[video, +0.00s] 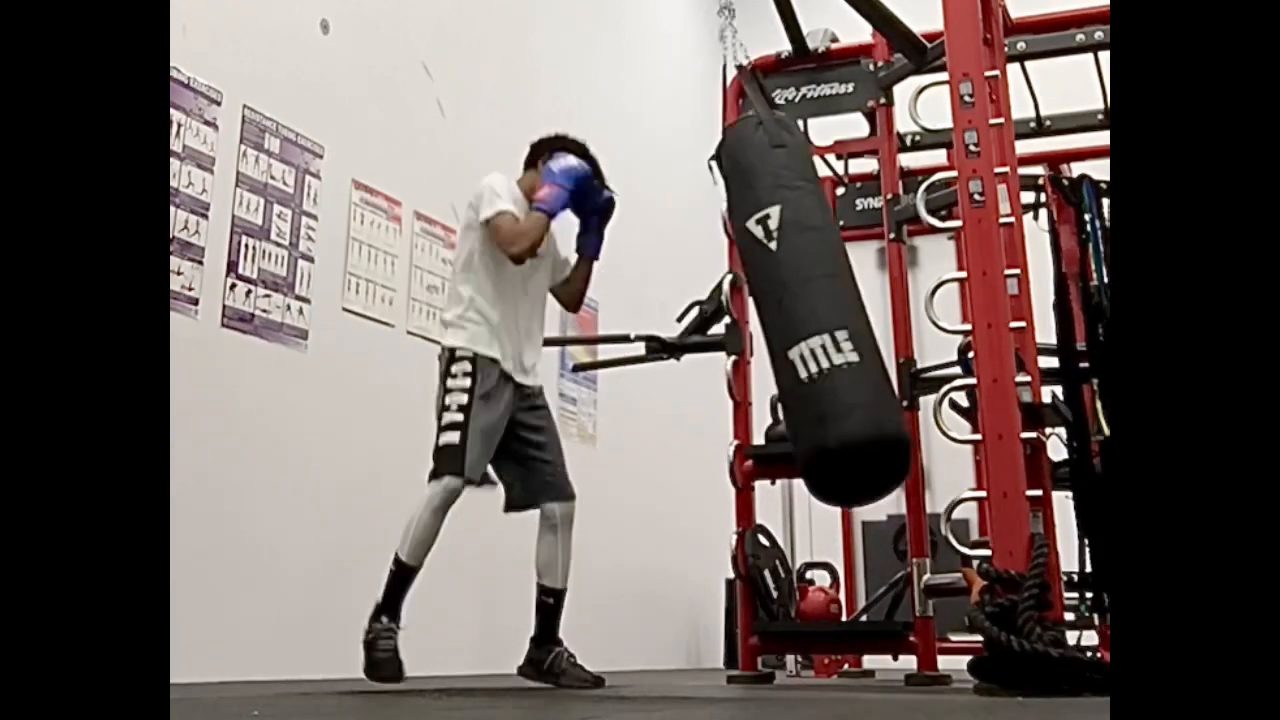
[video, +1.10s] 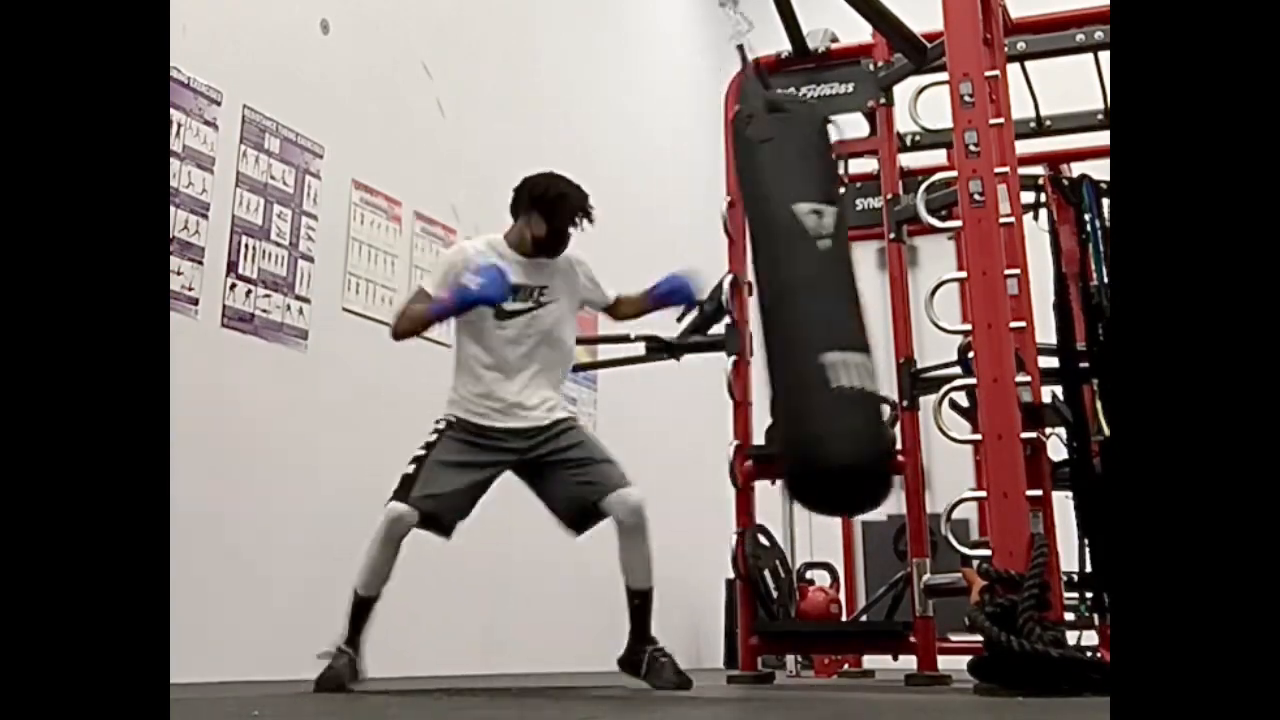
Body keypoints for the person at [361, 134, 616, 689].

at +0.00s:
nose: (565, 191)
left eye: (571, 185)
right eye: (562, 178)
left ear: (564, 191)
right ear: (535, 168)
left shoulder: (543, 236)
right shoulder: (496, 189)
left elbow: (571, 298)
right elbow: (515, 244)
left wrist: (592, 233)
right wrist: (552, 200)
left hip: (522, 376)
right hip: (475, 358)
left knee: (558, 504)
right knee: (448, 483)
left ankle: (545, 647)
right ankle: (385, 622)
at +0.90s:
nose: (512, 203)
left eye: (520, 197)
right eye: (509, 191)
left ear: (512, 201)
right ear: (483, 184)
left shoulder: (504, 249)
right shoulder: (438, 206)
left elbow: (539, 298)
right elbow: (467, 253)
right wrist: (504, 208)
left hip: (490, 399)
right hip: (427, 393)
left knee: (555, 507)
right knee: (372, 524)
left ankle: (518, 639)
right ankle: (317, 651)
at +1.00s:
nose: (527, 229)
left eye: (533, 221)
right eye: (525, 217)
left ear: (530, 219)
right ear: (498, 203)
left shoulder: (523, 255)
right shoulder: (437, 234)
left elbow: (555, 304)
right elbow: (422, 311)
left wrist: (597, 281)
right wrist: (471, 246)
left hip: (503, 407)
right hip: (432, 409)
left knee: (588, 502)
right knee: (370, 524)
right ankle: (313, 651)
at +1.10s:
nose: (560, 243)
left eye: (567, 233)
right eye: (553, 231)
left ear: (567, 225)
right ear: (526, 216)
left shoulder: (568, 268)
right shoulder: (468, 258)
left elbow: (616, 310)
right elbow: (401, 326)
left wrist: (661, 295)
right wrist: (456, 301)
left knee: (630, 508)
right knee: (398, 518)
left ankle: (640, 646)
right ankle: (348, 650)